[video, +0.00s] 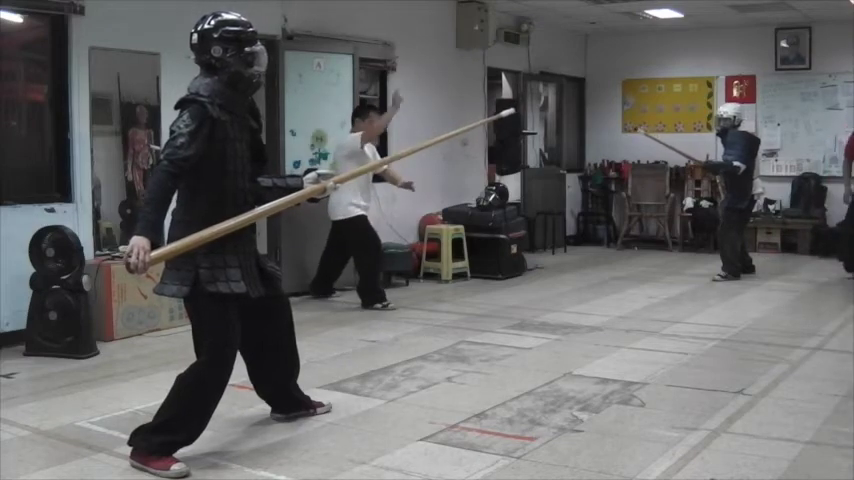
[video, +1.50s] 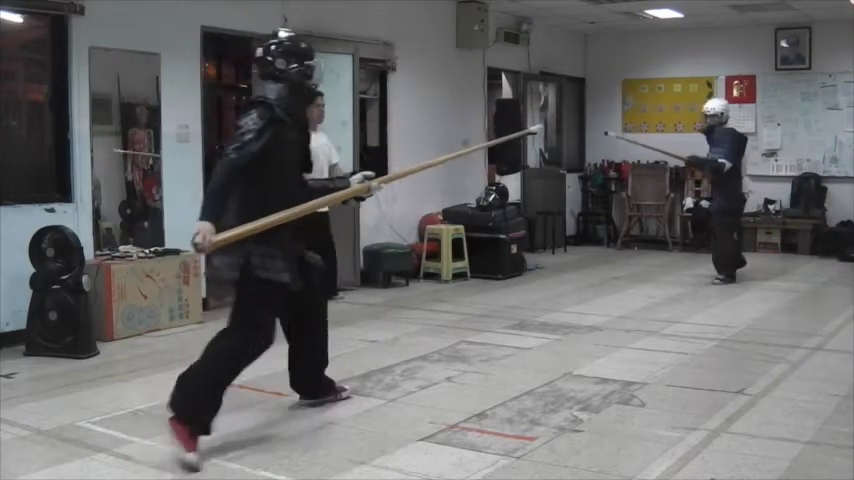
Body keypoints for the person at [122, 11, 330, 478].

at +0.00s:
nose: (254, 56)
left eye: (254, 48)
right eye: (243, 49)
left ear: (243, 53)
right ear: (215, 53)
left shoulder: (240, 106)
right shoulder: (202, 104)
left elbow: (246, 183)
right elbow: (167, 168)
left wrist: (301, 184)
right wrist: (144, 233)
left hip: (237, 244)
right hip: (204, 247)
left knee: (271, 315)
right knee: (217, 355)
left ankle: (286, 399)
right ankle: (152, 446)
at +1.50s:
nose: (311, 79)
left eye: (310, 71)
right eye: (303, 71)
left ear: (288, 75)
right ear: (282, 74)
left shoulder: (292, 120)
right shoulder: (263, 117)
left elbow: (293, 189)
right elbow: (229, 165)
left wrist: (345, 187)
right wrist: (208, 219)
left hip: (288, 241)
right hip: (259, 243)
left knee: (308, 307)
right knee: (251, 332)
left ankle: (311, 382)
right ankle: (187, 410)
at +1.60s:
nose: (326, 68)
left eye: (326, 60)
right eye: (318, 61)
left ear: (316, 64)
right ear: (296, 63)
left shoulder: (309, 109)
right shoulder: (283, 104)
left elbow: (310, 180)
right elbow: (246, 154)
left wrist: (361, 182)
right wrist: (227, 209)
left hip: (304, 226)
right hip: (272, 227)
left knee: (319, 300)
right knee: (283, 319)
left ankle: (313, 384)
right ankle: (230, 407)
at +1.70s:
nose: (339, 67)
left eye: (339, 59)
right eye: (331, 60)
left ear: (319, 64)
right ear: (310, 62)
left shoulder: (319, 109)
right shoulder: (294, 105)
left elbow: (320, 178)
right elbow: (258, 151)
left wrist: (372, 177)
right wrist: (240, 203)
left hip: (300, 226)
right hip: (275, 227)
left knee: (326, 297)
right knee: (302, 306)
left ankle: (315, 383)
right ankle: (280, 400)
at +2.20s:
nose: (387, 76)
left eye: (386, 69)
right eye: (379, 69)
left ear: (362, 73)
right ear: (360, 72)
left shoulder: (369, 113)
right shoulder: (345, 111)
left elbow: (367, 186)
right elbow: (308, 162)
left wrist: (410, 184)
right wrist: (299, 212)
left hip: (348, 228)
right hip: (328, 230)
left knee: (381, 281)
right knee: (362, 314)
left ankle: (376, 355)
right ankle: (332, 392)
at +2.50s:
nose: (431, 101)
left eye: (430, 94)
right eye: (425, 95)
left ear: (403, 97)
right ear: (409, 97)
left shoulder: (412, 137)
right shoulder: (389, 136)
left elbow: (429, 188)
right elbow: (356, 171)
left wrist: (469, 189)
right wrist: (364, 224)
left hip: (387, 238)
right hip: (365, 240)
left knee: (414, 286)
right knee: (376, 314)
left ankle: (423, 353)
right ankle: (335, 389)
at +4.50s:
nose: (426, 98)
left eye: (425, 91)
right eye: (421, 91)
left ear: (398, 91)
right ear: (408, 92)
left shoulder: (400, 132)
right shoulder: (384, 127)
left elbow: (413, 190)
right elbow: (349, 166)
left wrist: (457, 187)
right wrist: (341, 217)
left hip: (375, 234)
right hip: (352, 236)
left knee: (405, 272)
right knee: (368, 317)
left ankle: (397, 358)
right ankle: (317, 386)